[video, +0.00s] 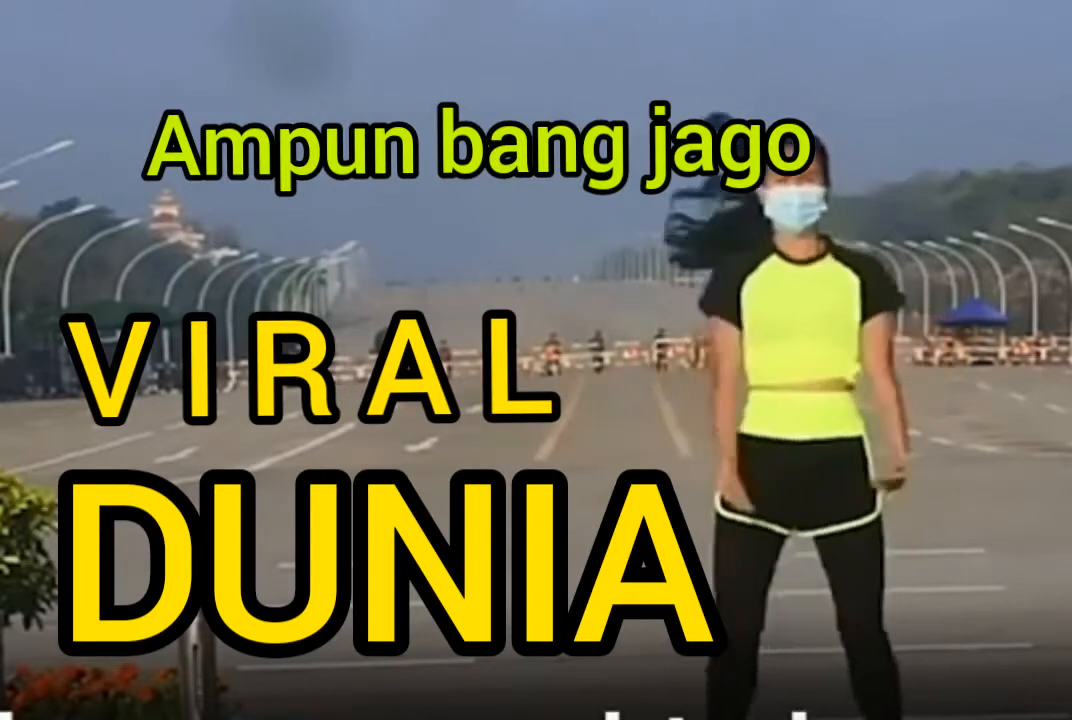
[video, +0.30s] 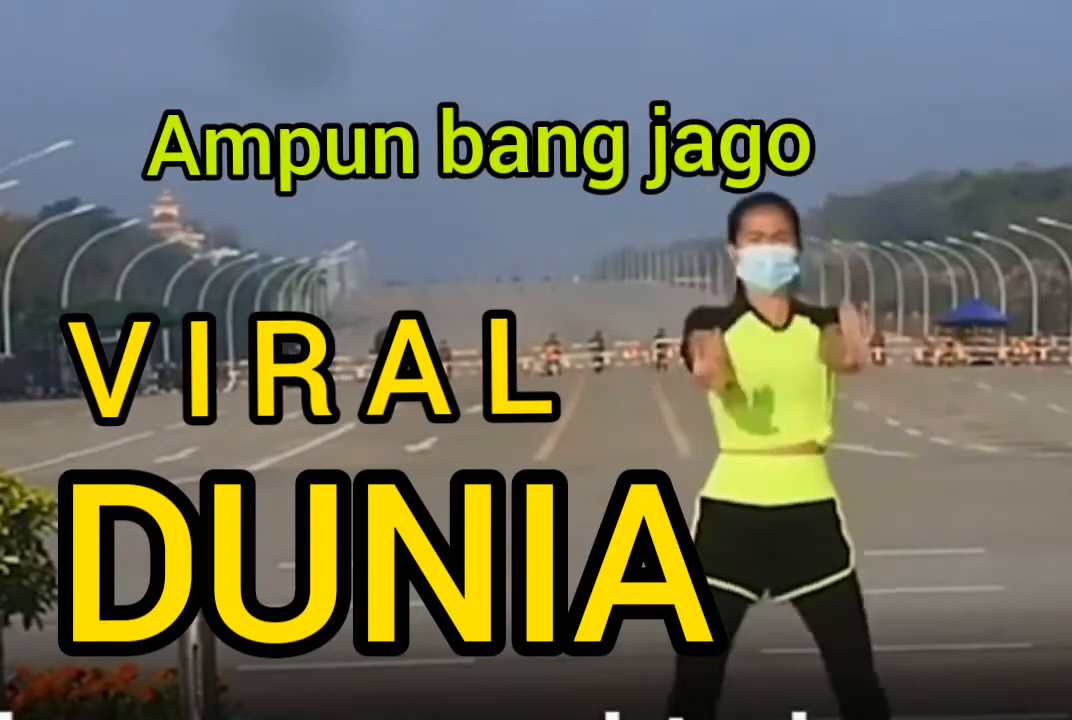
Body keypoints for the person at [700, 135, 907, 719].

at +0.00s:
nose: (795, 193)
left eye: (806, 181)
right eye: (782, 182)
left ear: (825, 191)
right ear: (761, 194)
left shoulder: (865, 274)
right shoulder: (736, 276)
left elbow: (881, 371)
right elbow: (726, 376)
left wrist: (898, 448)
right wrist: (727, 463)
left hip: (842, 463)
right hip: (756, 462)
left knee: (863, 628)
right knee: (734, 633)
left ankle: (886, 719)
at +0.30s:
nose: (770, 250)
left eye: (781, 239)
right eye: (755, 239)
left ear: (798, 250)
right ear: (734, 252)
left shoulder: (823, 322)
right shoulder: (711, 323)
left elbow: (842, 354)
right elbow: (706, 359)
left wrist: (856, 351)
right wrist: (713, 367)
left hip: (810, 512)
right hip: (731, 515)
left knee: (855, 675)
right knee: (697, 675)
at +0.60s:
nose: (744, 255)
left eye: (756, 243)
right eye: (731, 244)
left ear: (777, 251)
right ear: (711, 255)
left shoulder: (803, 326)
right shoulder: (694, 330)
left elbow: (828, 364)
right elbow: (694, 369)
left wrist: (831, 349)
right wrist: (688, 335)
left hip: (796, 517)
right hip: (716, 521)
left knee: (853, 675)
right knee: (685, 683)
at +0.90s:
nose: (707, 201)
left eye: (717, 190)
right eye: (692, 190)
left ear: (733, 203)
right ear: (671, 204)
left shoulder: (772, 282)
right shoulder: (649, 283)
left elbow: (794, 367)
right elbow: (641, 378)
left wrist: (817, 440)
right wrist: (646, 459)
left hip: (758, 466)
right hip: (678, 472)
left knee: (786, 625)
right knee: (669, 633)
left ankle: (798, 714)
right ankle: (660, 719)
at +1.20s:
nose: (683, 243)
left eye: (694, 232)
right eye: (668, 232)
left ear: (710, 244)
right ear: (647, 245)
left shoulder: (742, 318)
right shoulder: (620, 320)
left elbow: (824, 362)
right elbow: (558, 381)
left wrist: (754, 405)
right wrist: (629, 414)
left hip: (726, 509)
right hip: (647, 514)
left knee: (741, 677)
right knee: (641, 676)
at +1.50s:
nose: (676, 257)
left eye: (688, 244)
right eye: (663, 246)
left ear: (706, 255)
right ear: (643, 259)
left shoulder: (737, 330)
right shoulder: (620, 333)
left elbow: (817, 356)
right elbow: (539, 371)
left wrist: (742, 379)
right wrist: (620, 377)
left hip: (725, 519)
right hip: (646, 522)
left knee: (745, 682)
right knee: (635, 684)